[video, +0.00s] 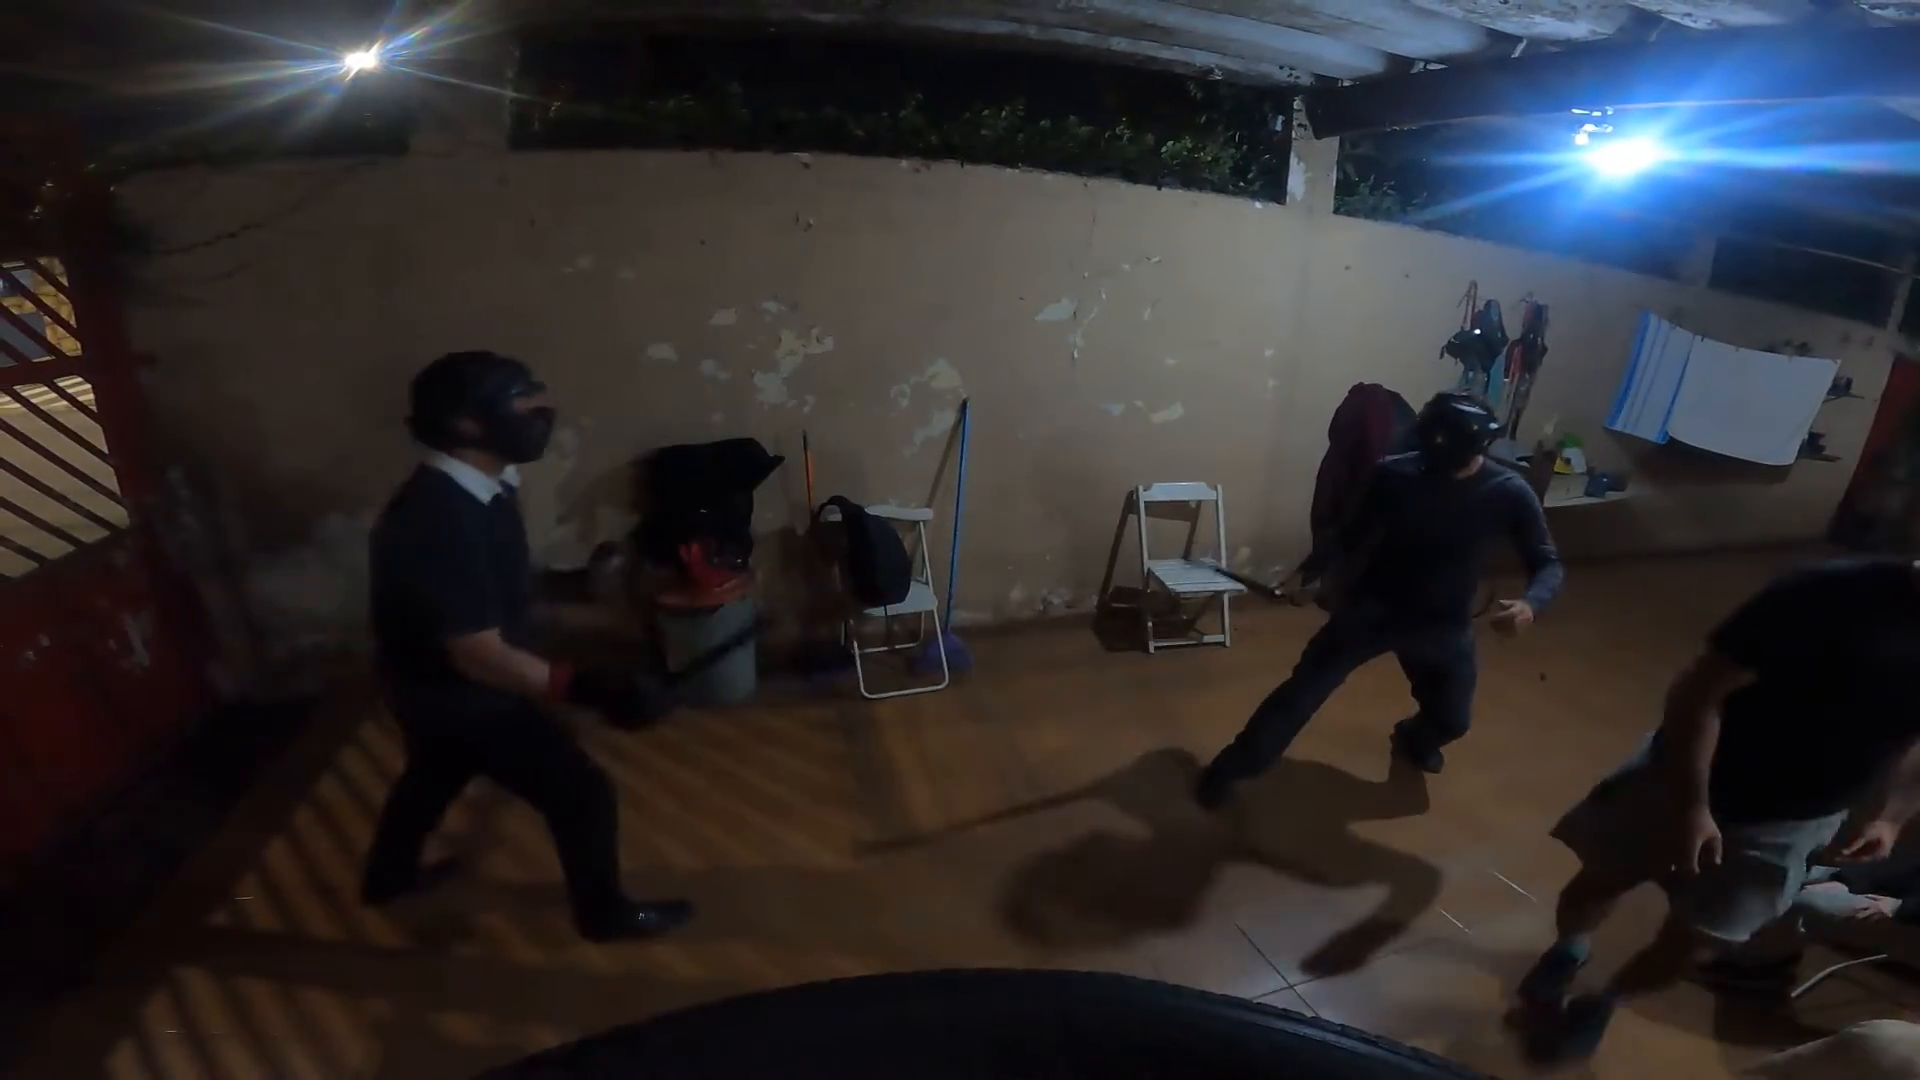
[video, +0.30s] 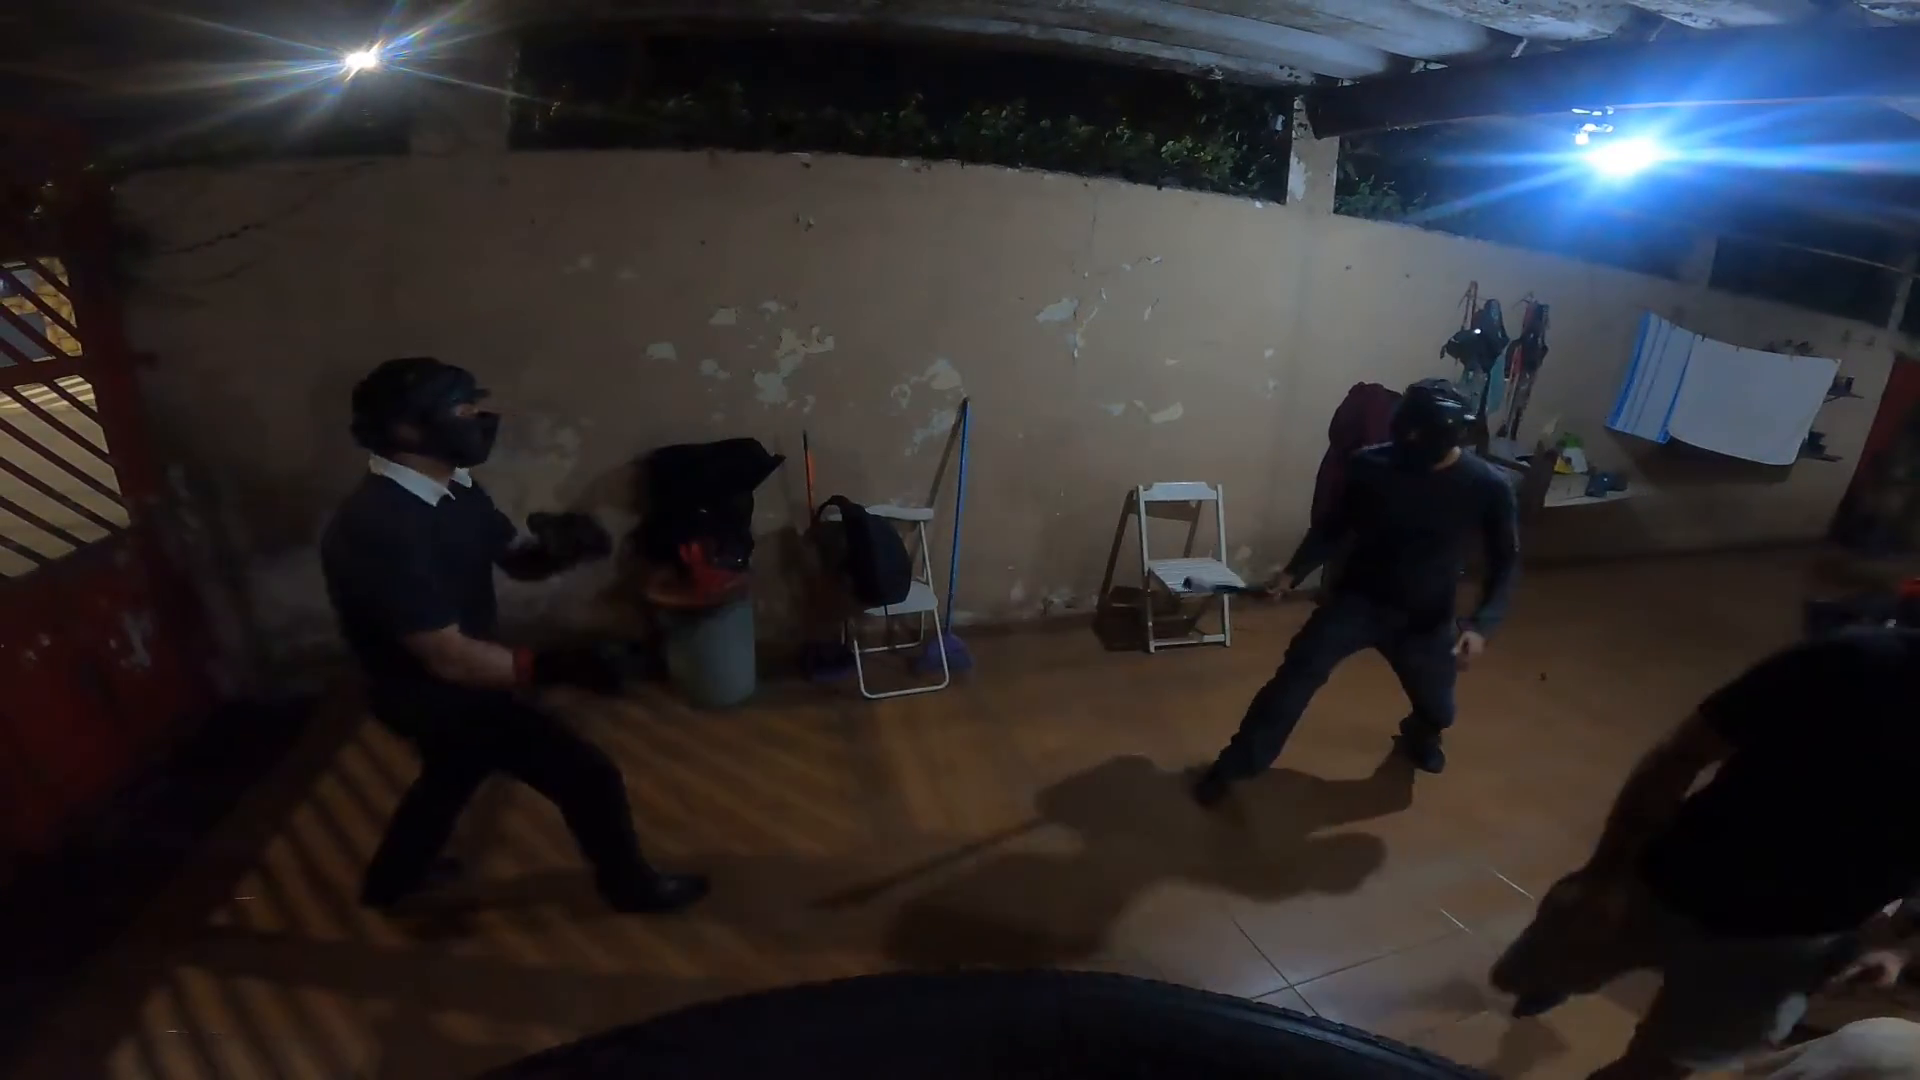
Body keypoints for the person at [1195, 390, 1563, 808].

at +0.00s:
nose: (1477, 459)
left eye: (1474, 449)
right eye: (1467, 450)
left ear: (1474, 449)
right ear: (1438, 445)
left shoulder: (1509, 493)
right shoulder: (1392, 477)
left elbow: (1548, 564)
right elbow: (1350, 536)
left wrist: (1531, 601)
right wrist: (1313, 578)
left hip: (1443, 622)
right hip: (1371, 611)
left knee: (1451, 719)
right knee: (1299, 695)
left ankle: (1413, 741)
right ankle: (1228, 770)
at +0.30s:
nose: (1407, 439)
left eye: (1419, 431)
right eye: (1406, 427)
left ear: (1450, 436)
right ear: (1401, 426)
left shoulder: (1488, 487)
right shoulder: (1370, 467)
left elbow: (1505, 564)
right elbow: (1334, 526)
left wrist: (1481, 627)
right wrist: (1293, 572)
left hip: (1424, 619)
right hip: (1355, 605)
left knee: (1438, 709)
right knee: (1296, 676)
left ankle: (1420, 736)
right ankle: (1233, 764)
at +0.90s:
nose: (1364, 467)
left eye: (1375, 459)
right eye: (1356, 456)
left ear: (1400, 445)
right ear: (1348, 441)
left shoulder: (1438, 487)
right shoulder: (1323, 474)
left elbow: (1468, 567)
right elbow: (1287, 532)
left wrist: (1433, 594)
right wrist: (1245, 584)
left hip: (1390, 611)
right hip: (1321, 601)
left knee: (1397, 707)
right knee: (1272, 680)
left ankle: (1391, 747)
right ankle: (1233, 762)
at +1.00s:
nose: (1354, 452)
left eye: (1365, 444)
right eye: (1353, 441)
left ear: (1401, 445)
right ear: (1353, 438)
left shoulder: (1442, 490)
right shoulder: (1330, 473)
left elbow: (1450, 571)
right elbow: (1297, 536)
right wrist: (1267, 593)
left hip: (1393, 612)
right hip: (1324, 599)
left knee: (1396, 705)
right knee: (1273, 677)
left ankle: (1391, 747)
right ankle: (1234, 760)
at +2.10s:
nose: (1296, 460)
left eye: (1304, 452)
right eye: (1291, 450)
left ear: (1329, 440)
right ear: (1288, 440)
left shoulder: (1377, 482)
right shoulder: (1276, 463)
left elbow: (1417, 566)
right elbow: (1250, 514)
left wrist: (1362, 604)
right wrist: (1206, 560)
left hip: (1339, 598)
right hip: (1274, 585)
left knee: (1341, 701)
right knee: (1216, 675)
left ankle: (1338, 741)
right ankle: (1216, 760)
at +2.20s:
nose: (1253, 457)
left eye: (1260, 449)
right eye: (1251, 449)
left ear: (1294, 437)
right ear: (1254, 444)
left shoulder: (1348, 477)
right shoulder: (1259, 471)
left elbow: (1410, 550)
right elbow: (1238, 521)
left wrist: (1387, 618)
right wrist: (1191, 558)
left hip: (1334, 603)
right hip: (1272, 588)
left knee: (1335, 694)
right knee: (1202, 671)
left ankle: (1340, 744)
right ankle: (1184, 746)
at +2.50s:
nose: (1228, 471)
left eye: (1236, 461)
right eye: (1219, 461)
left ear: (1259, 448)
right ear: (1207, 452)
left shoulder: (1295, 485)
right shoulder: (1199, 473)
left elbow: (1357, 563)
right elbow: (1185, 528)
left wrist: (1329, 617)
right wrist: (1146, 577)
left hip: (1282, 599)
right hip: (1219, 589)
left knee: (1280, 714)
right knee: (1161, 681)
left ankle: (1292, 758)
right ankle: (1164, 747)